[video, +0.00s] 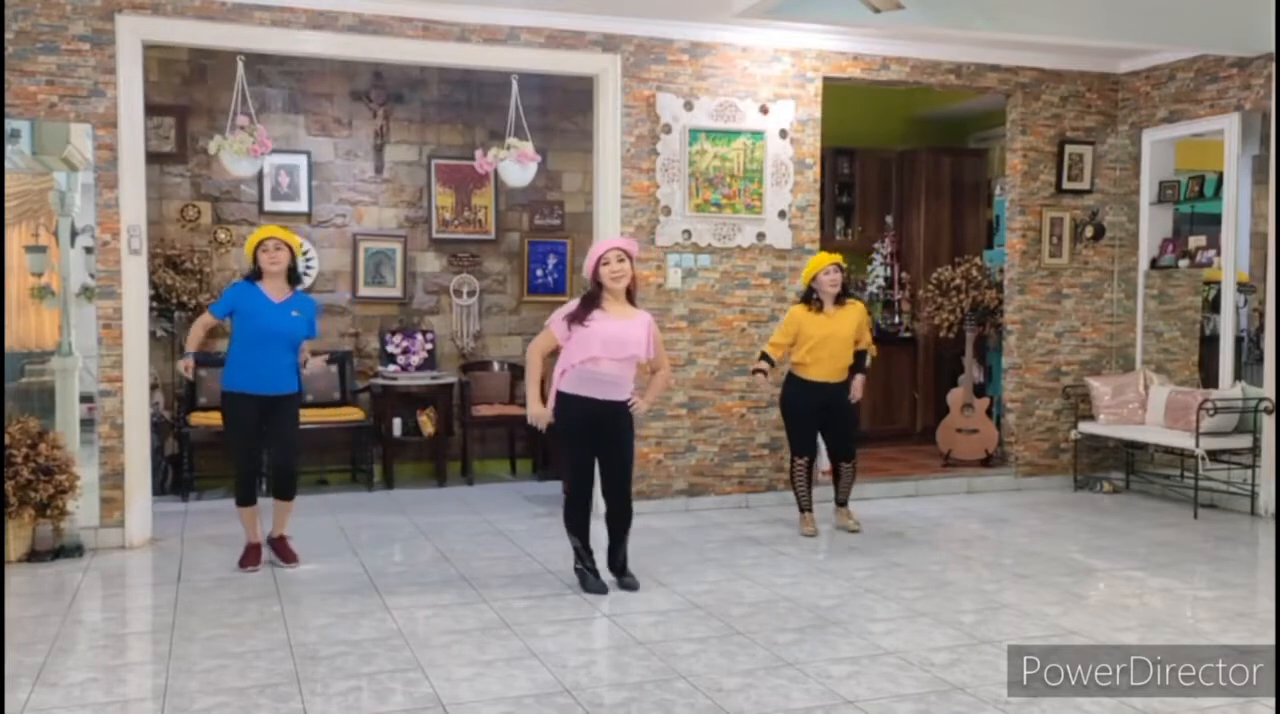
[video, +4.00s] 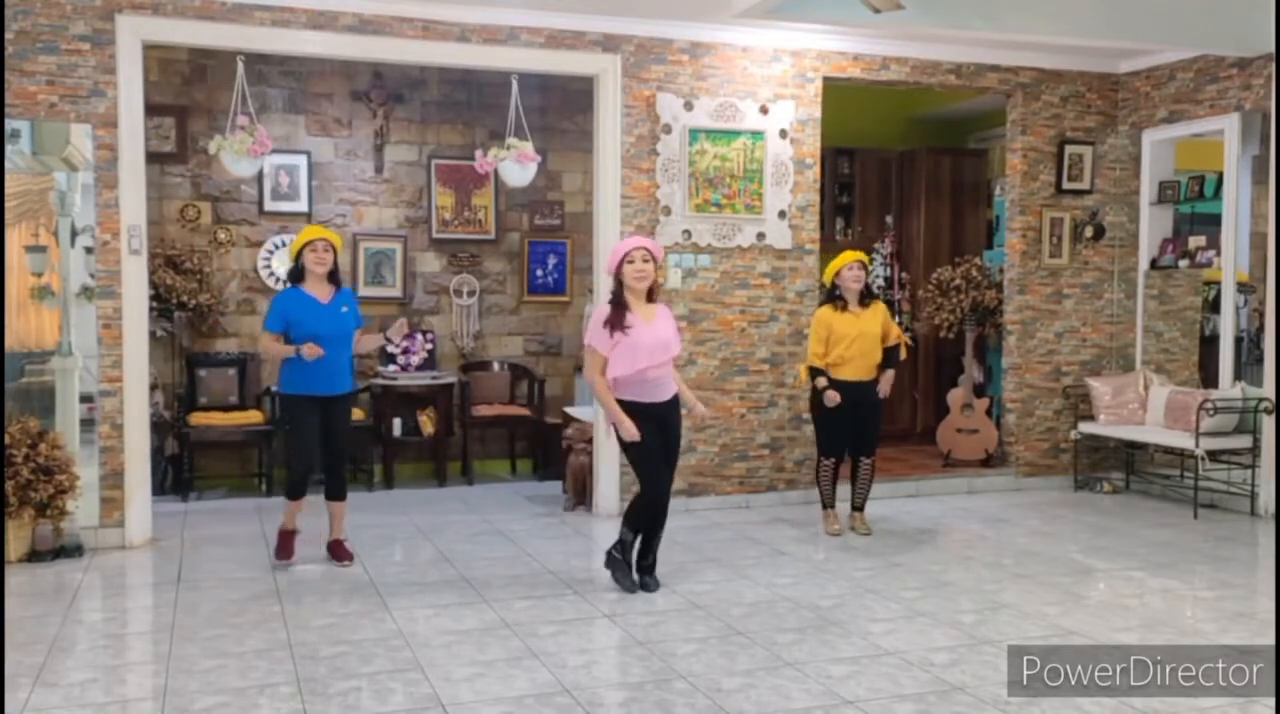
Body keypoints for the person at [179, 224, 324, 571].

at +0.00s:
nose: (272, 254)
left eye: (279, 249)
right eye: (265, 250)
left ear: (291, 257)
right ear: (256, 258)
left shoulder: (305, 304)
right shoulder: (239, 293)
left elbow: (303, 348)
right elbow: (203, 323)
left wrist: (306, 361)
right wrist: (189, 353)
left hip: (285, 396)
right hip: (241, 394)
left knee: (286, 466)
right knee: (246, 468)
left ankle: (278, 536)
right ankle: (253, 541)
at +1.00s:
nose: (299, 259)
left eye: (306, 253)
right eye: (291, 254)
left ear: (317, 260)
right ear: (282, 262)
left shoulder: (340, 293)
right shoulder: (276, 307)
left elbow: (359, 331)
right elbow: (271, 358)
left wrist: (360, 351)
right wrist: (255, 366)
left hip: (333, 395)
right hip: (289, 395)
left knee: (329, 465)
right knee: (278, 463)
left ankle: (330, 537)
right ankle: (272, 533)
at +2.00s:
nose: (288, 257)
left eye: (295, 251)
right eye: (281, 251)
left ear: (305, 259)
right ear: (271, 258)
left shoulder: (314, 301)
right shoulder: (255, 295)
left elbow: (313, 350)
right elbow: (218, 332)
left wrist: (340, 354)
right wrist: (242, 363)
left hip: (301, 397)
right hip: (258, 397)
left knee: (311, 466)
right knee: (258, 469)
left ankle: (325, 536)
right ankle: (256, 541)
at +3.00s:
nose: (276, 257)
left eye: (283, 251)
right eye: (270, 251)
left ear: (294, 259)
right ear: (259, 259)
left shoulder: (313, 298)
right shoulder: (247, 301)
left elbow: (328, 342)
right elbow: (234, 351)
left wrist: (319, 351)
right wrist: (204, 334)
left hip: (299, 397)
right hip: (254, 397)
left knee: (309, 466)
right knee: (253, 469)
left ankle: (333, 538)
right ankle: (255, 542)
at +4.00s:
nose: (321, 255)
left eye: (326, 250)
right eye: (314, 250)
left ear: (335, 258)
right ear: (301, 257)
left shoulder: (346, 297)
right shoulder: (287, 298)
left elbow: (355, 343)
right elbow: (267, 345)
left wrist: (387, 336)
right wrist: (297, 349)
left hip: (339, 394)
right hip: (299, 395)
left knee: (337, 465)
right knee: (301, 465)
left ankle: (337, 538)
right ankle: (289, 527)